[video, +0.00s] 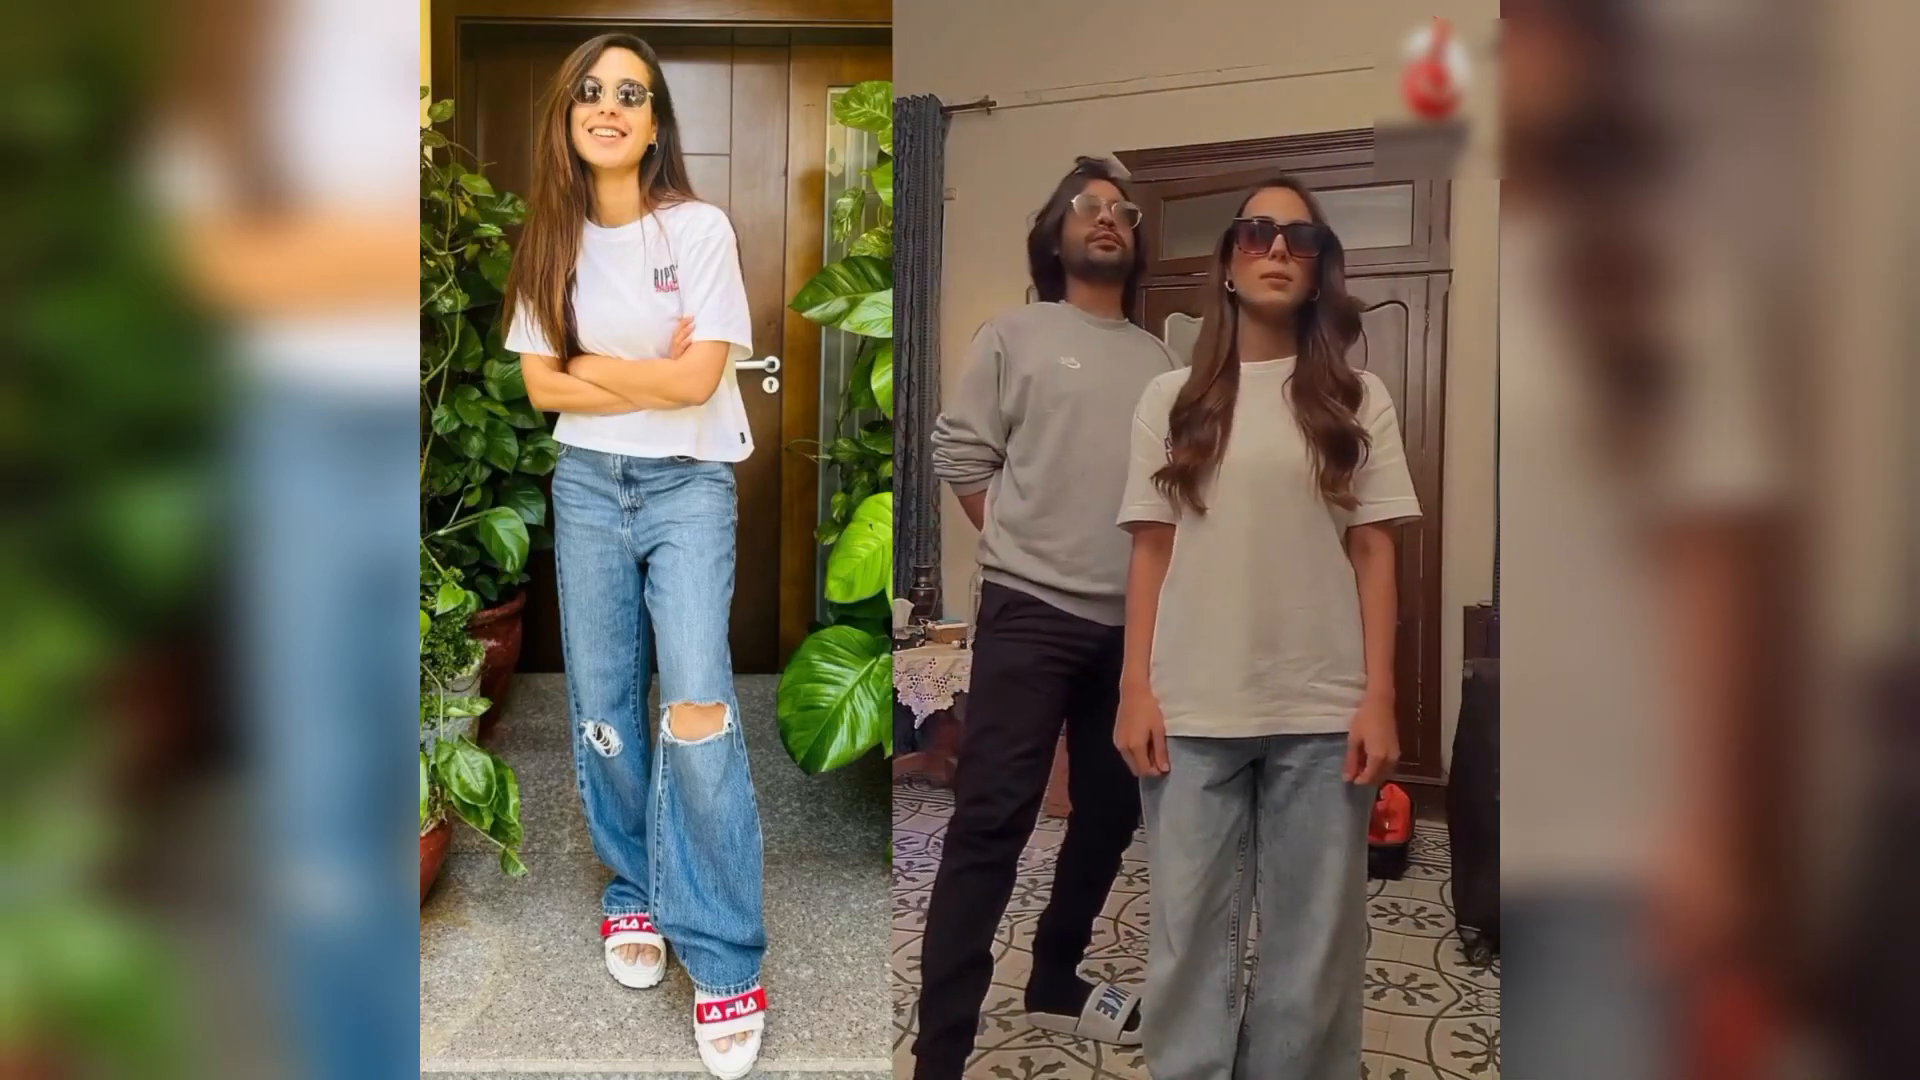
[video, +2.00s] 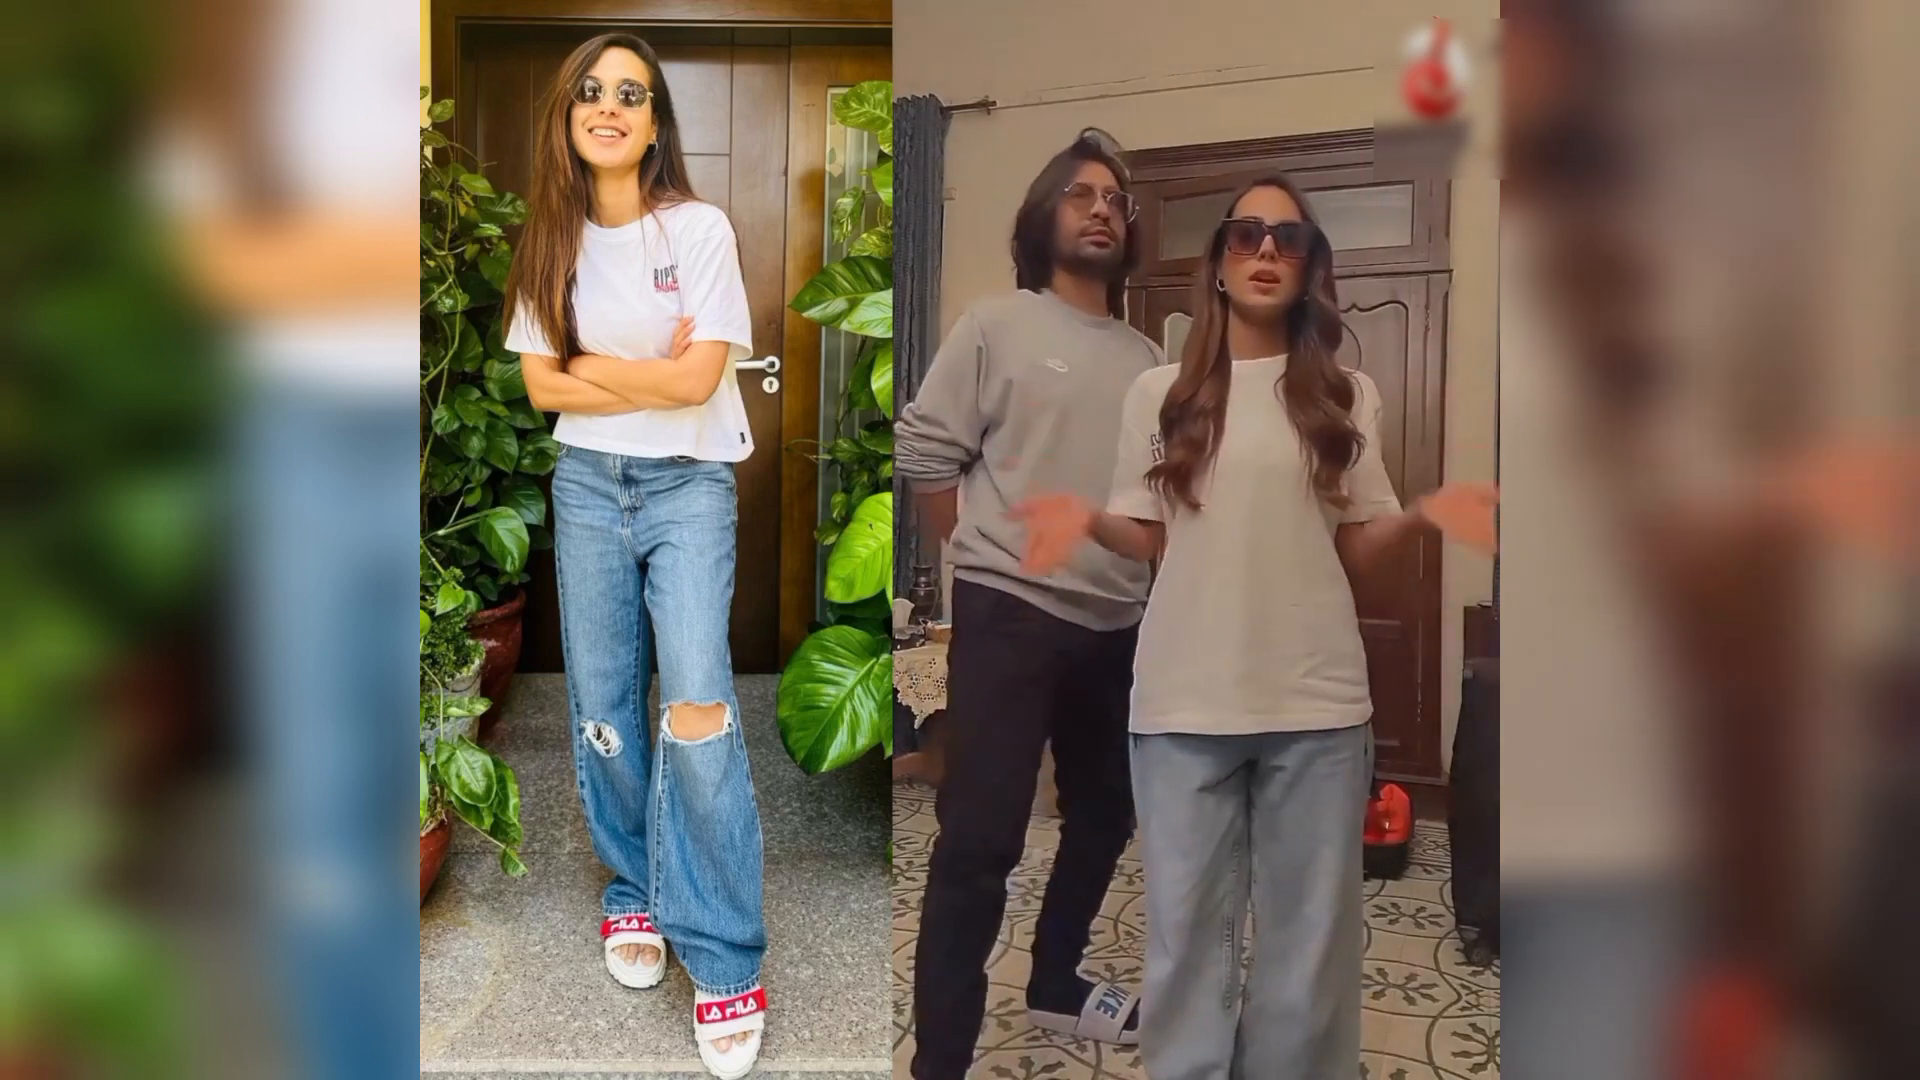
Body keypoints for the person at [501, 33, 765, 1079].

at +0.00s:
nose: (610, 111)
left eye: (630, 97)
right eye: (593, 95)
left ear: (656, 121)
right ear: (566, 117)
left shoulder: (699, 225)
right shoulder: (549, 240)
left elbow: (698, 378)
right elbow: (541, 385)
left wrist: (576, 362)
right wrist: (662, 379)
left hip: (689, 482)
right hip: (585, 484)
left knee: (694, 709)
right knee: (603, 708)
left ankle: (724, 958)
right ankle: (631, 891)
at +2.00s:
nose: (610, 111)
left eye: (629, 97)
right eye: (593, 95)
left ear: (656, 122)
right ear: (566, 117)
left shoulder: (699, 226)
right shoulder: (549, 239)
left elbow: (698, 378)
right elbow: (540, 385)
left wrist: (576, 362)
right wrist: (662, 378)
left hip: (689, 481)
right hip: (584, 483)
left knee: (695, 709)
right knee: (602, 708)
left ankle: (724, 955)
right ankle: (631, 890)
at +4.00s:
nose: (609, 111)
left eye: (629, 98)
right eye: (592, 95)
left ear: (656, 122)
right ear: (565, 117)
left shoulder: (699, 226)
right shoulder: (550, 239)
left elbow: (699, 378)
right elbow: (540, 385)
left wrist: (578, 363)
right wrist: (662, 377)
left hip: (689, 482)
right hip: (584, 484)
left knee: (694, 709)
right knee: (602, 706)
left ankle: (724, 956)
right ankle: (632, 891)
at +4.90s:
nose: (610, 111)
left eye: (630, 97)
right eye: (593, 95)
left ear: (656, 121)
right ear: (566, 117)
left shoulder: (699, 226)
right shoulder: (549, 240)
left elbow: (698, 378)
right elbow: (540, 385)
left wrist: (577, 363)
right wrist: (662, 378)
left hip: (689, 482)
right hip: (584, 484)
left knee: (695, 708)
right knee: (603, 708)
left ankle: (724, 956)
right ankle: (631, 891)